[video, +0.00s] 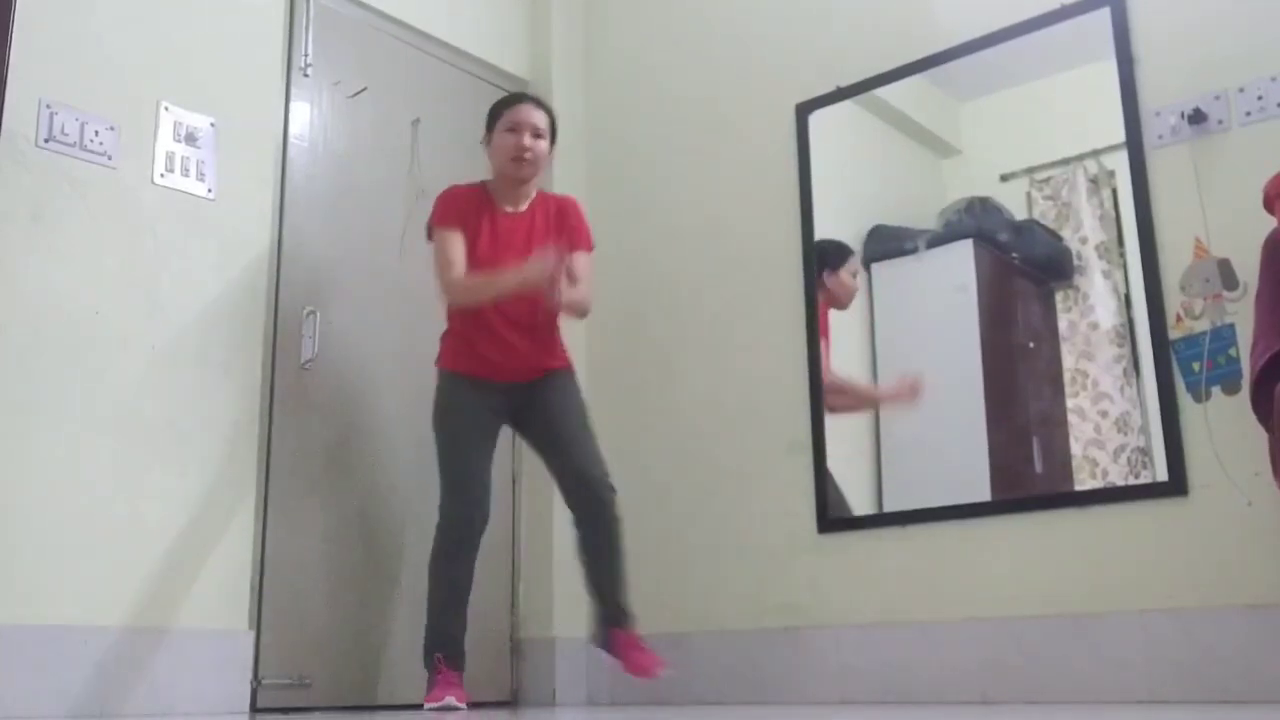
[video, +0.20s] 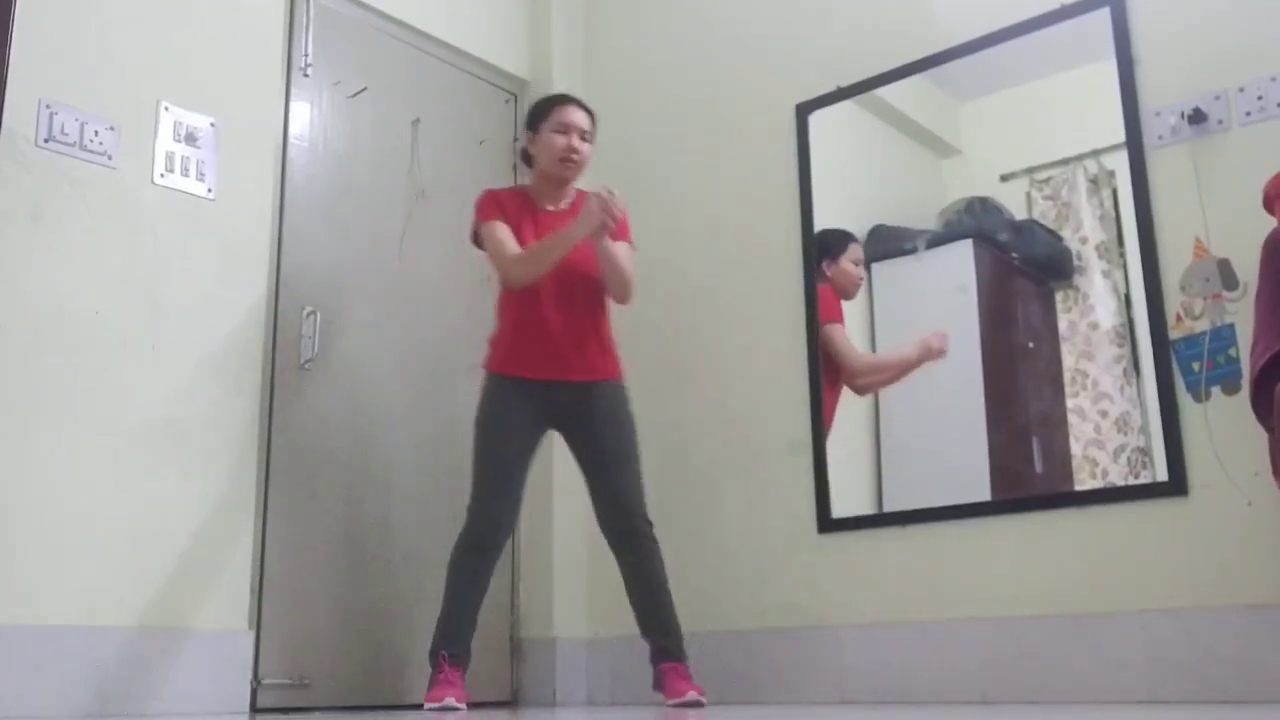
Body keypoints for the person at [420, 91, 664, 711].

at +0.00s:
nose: (526, 142)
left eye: (538, 134)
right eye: (514, 130)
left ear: (551, 150)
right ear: (489, 142)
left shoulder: (565, 213)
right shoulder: (458, 203)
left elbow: (581, 301)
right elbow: (455, 291)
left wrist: (562, 286)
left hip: (544, 377)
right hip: (470, 379)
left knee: (595, 496)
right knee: (464, 516)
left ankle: (616, 626)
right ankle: (445, 671)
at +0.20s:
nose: (573, 142)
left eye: (584, 136)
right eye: (561, 130)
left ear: (591, 151)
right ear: (530, 141)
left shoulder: (603, 211)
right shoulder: (498, 204)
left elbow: (623, 291)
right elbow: (514, 271)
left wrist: (600, 233)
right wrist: (581, 228)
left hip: (593, 385)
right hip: (516, 385)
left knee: (629, 522)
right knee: (487, 525)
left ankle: (672, 666)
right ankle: (448, 669)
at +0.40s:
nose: (628, 151)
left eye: (635, 142)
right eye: (613, 139)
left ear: (641, 157)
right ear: (580, 151)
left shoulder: (658, 218)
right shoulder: (549, 222)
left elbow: (674, 298)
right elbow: (557, 303)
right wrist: (578, 373)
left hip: (647, 383)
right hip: (576, 382)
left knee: (664, 525)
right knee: (557, 505)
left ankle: (673, 668)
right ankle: (490, 643)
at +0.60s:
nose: (642, 139)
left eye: (652, 132)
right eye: (629, 129)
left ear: (661, 150)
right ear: (601, 144)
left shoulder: (683, 211)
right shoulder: (571, 216)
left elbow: (728, 293)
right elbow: (523, 299)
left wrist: (742, 380)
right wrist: (520, 386)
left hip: (675, 378)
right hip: (600, 376)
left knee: (674, 519)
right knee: (632, 488)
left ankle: (674, 667)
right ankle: (616, 626)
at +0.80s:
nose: (637, 138)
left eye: (648, 131)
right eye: (624, 128)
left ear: (660, 149)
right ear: (599, 144)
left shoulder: (683, 205)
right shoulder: (572, 214)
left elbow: (743, 264)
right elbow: (509, 273)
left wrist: (759, 348)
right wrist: (536, 347)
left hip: (689, 378)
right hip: (612, 383)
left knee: (686, 518)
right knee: (649, 502)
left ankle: (676, 666)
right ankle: (639, 645)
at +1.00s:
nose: (631, 149)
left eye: (643, 141)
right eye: (619, 140)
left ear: (658, 157)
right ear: (598, 153)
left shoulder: (683, 217)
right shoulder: (579, 229)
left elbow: (715, 301)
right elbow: (560, 324)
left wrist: (702, 366)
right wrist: (541, 404)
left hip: (677, 390)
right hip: (603, 393)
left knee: (675, 525)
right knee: (584, 505)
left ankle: (676, 667)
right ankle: (620, 608)